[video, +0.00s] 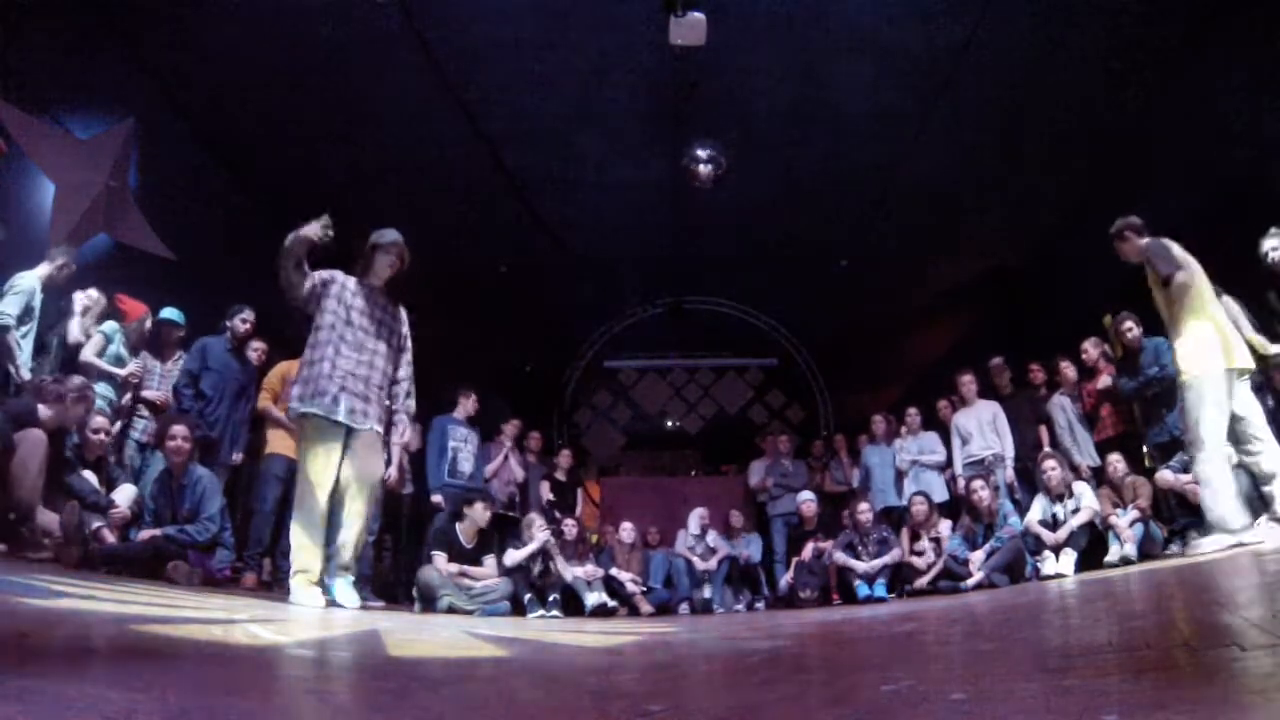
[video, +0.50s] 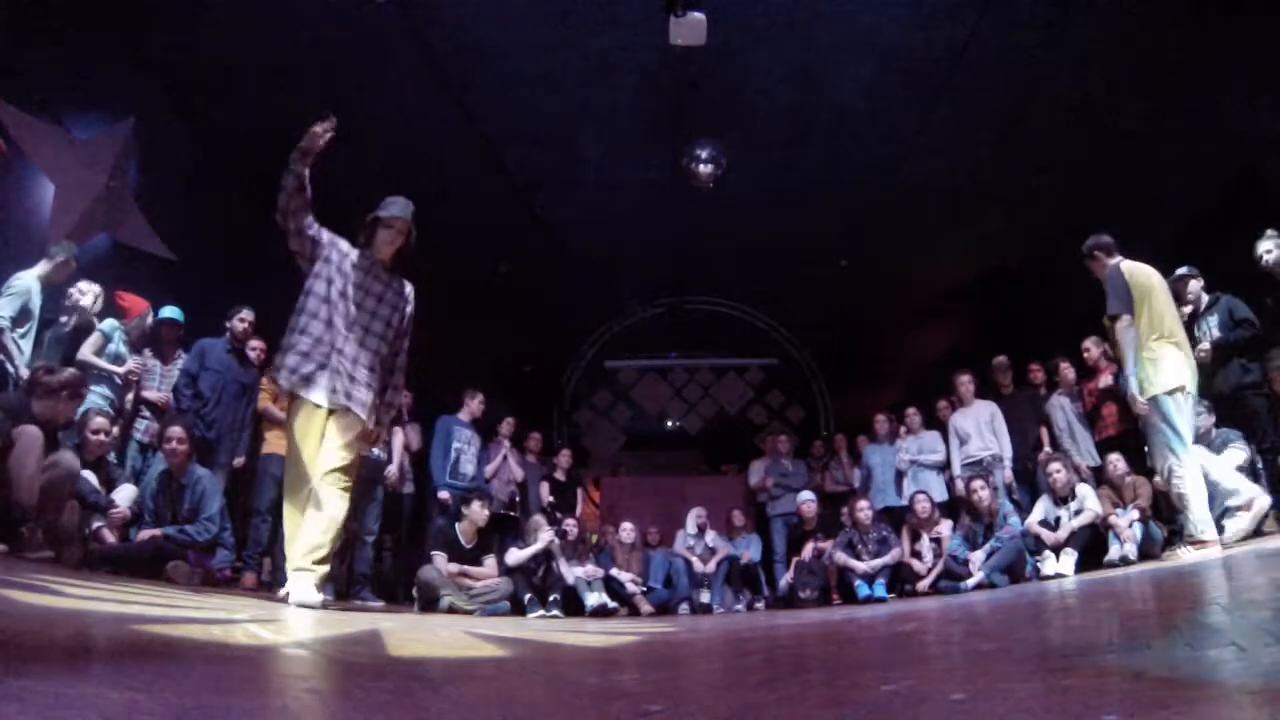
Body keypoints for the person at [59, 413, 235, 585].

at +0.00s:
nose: (178, 445)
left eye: (185, 440)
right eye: (172, 439)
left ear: (193, 446)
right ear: (162, 445)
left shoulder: (205, 480)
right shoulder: (160, 480)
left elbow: (208, 531)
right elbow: (150, 522)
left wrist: (162, 532)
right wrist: (143, 539)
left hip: (209, 553)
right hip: (171, 546)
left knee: (158, 544)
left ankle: (89, 555)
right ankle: (183, 575)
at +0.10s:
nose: (177, 445)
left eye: (184, 440)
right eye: (172, 439)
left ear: (192, 446)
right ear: (162, 445)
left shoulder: (205, 480)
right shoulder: (159, 482)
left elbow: (208, 532)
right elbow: (149, 524)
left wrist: (161, 533)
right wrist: (143, 538)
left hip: (209, 553)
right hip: (171, 546)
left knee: (158, 544)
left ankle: (91, 554)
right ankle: (181, 575)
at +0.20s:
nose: (176, 446)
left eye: (183, 441)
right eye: (170, 440)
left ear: (192, 446)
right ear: (162, 446)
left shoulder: (206, 480)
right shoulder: (160, 480)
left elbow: (207, 530)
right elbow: (149, 523)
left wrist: (162, 533)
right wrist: (143, 538)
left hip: (209, 553)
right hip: (172, 547)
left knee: (156, 545)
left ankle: (95, 555)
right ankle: (181, 575)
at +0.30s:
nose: (176, 447)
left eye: (183, 441)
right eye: (170, 441)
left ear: (192, 446)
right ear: (162, 446)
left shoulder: (207, 480)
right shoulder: (160, 480)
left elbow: (207, 531)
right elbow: (149, 523)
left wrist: (162, 533)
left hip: (209, 553)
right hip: (171, 548)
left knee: (156, 545)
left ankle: (96, 555)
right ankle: (181, 575)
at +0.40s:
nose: (174, 447)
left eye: (181, 442)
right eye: (169, 441)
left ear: (191, 446)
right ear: (162, 446)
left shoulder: (206, 480)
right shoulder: (160, 480)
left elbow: (207, 531)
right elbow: (148, 523)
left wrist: (162, 533)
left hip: (209, 553)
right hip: (171, 548)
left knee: (156, 545)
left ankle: (97, 555)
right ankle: (181, 575)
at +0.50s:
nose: (173, 447)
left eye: (180, 442)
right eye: (168, 441)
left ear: (190, 447)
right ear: (161, 446)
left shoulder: (204, 479)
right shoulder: (160, 480)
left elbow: (208, 531)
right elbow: (149, 522)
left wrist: (163, 533)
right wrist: (145, 539)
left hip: (206, 552)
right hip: (170, 546)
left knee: (155, 546)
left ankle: (95, 555)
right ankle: (180, 575)